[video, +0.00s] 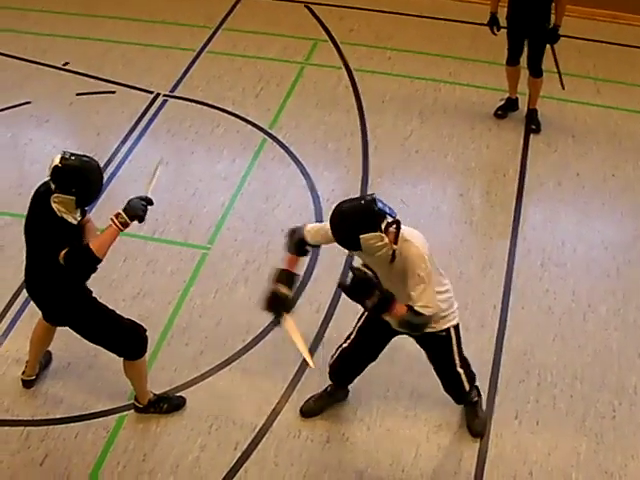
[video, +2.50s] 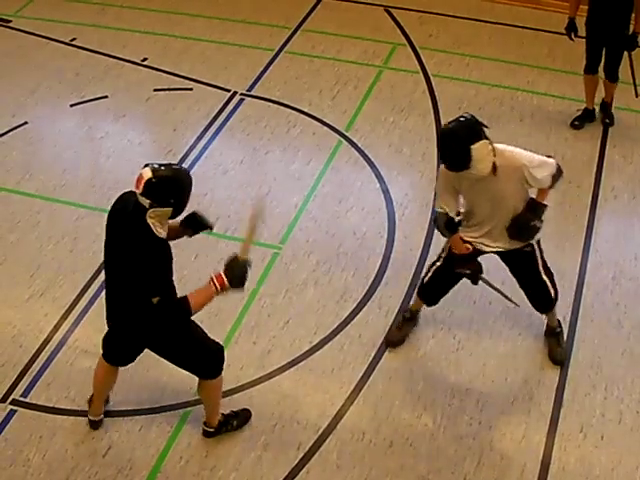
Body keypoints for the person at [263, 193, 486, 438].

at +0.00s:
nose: (357, 252)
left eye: (360, 247)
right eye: (354, 247)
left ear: (381, 236)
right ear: (357, 241)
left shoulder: (412, 250)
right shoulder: (358, 234)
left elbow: (422, 321)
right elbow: (299, 236)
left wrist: (380, 302)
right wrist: (284, 283)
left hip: (435, 317)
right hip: (389, 306)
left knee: (453, 373)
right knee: (346, 360)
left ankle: (471, 401)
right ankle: (336, 390)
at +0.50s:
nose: (405, 261)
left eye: (409, 255)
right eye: (400, 257)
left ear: (430, 236)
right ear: (396, 252)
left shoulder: (457, 253)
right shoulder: (398, 258)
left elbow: (490, 307)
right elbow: (399, 301)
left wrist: (440, 302)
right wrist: (426, 340)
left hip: (475, 324)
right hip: (430, 317)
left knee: (494, 392)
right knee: (379, 354)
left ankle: (512, 404)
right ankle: (365, 391)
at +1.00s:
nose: (455, 214)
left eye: (458, 207)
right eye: (453, 208)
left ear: (475, 199)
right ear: (456, 203)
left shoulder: (508, 233)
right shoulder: (459, 219)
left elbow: (528, 302)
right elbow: (453, 262)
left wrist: (473, 286)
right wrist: (432, 298)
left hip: (505, 325)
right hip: (466, 309)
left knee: (515, 383)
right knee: (424, 349)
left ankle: (530, 408)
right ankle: (402, 387)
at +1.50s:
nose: (438, 219)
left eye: (441, 210)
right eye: (428, 214)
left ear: (449, 202)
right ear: (415, 213)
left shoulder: (479, 217)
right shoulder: (408, 232)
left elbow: (524, 224)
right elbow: (362, 264)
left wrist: (515, 270)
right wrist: (314, 273)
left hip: (497, 301)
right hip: (450, 299)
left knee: (524, 363)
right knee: (409, 356)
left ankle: (543, 403)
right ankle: (402, 383)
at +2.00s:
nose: (493, 202)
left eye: (496, 194)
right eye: (485, 199)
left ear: (502, 182)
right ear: (470, 197)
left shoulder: (526, 193)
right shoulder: (460, 213)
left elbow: (562, 201)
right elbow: (469, 253)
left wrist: (552, 243)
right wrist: (488, 289)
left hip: (531, 273)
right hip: (484, 274)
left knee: (547, 316)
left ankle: (553, 339)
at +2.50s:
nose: (481, 169)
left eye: (480, 162)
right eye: (473, 166)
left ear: (484, 149)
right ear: (459, 163)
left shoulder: (514, 160)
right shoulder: (450, 173)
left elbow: (552, 171)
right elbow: (442, 213)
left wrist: (535, 210)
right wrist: (453, 238)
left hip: (515, 240)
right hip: (471, 238)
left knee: (542, 293)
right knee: (434, 284)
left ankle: (553, 325)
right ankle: (412, 313)